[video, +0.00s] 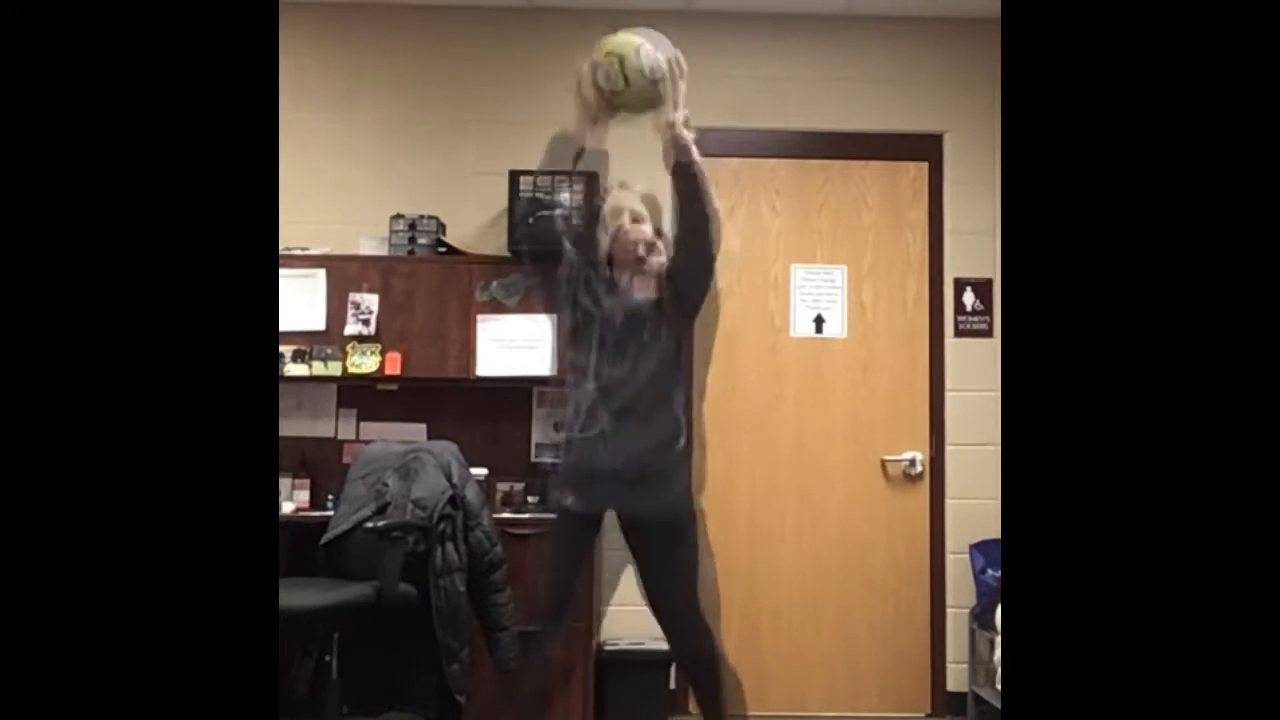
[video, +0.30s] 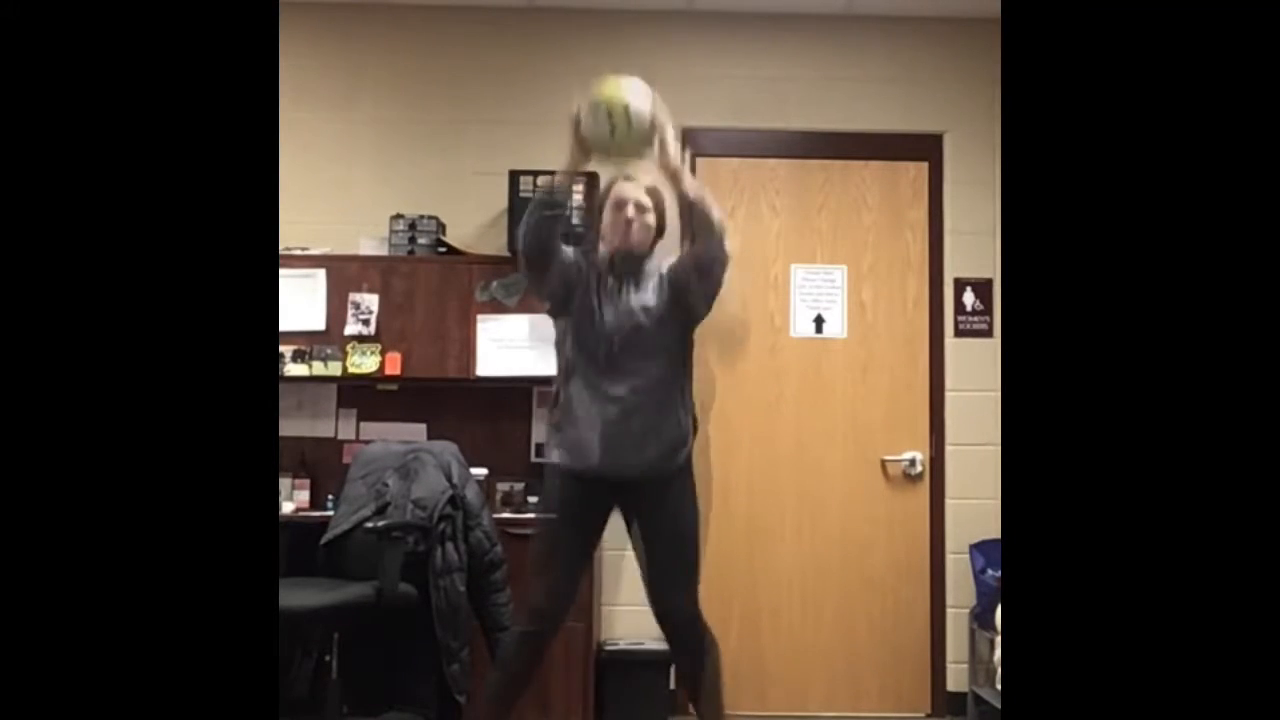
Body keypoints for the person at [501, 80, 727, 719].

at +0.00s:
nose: (628, 227)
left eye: (638, 217)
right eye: (616, 220)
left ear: (658, 232)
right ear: (598, 238)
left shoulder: (674, 298)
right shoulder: (582, 293)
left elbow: (698, 238)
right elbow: (545, 222)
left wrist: (678, 144)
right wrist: (584, 130)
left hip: (654, 474)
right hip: (582, 470)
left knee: (681, 622)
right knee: (550, 616)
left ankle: (721, 709)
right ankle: (521, 711)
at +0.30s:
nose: (629, 215)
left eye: (641, 208)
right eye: (618, 206)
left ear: (658, 227)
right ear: (599, 219)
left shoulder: (674, 289)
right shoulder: (577, 281)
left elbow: (709, 251)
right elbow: (535, 252)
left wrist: (677, 174)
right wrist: (570, 170)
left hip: (657, 467)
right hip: (578, 465)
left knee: (679, 614)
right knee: (542, 610)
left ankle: (709, 711)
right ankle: (487, 711)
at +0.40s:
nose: (622, 217)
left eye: (635, 206)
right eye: (609, 207)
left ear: (657, 214)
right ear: (592, 215)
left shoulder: (682, 276)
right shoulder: (574, 273)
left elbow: (706, 327)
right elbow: (533, 318)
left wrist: (667, 264)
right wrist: (573, 252)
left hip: (659, 459)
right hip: (579, 457)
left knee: (665, 600)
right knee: (562, 593)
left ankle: (674, 710)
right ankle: (548, 709)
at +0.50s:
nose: (633, 226)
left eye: (644, 219)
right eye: (621, 217)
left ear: (659, 238)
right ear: (601, 233)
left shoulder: (685, 314)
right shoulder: (562, 312)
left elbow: (694, 413)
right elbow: (541, 403)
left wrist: (656, 359)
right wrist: (580, 359)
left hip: (659, 492)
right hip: (580, 491)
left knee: (650, 626)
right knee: (584, 624)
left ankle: (647, 714)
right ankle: (594, 712)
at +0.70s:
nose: (624, 232)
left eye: (636, 220)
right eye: (613, 220)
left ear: (656, 224)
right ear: (592, 225)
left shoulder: (683, 281)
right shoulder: (567, 283)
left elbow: (705, 340)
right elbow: (537, 343)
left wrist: (675, 292)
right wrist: (572, 280)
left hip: (661, 474)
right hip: (582, 475)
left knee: (654, 610)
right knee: (588, 609)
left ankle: (653, 710)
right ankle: (591, 710)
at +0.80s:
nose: (633, 192)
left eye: (643, 185)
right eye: (621, 184)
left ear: (659, 201)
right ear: (601, 197)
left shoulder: (676, 262)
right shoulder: (575, 255)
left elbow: (712, 259)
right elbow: (536, 260)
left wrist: (678, 181)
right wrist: (578, 180)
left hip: (662, 442)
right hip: (582, 442)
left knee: (668, 594)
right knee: (574, 589)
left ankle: (681, 712)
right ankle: (553, 711)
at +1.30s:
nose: (634, 198)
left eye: (645, 188)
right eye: (621, 187)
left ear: (668, 198)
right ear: (602, 198)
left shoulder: (692, 260)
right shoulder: (578, 255)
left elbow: (726, 306)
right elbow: (531, 300)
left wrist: (679, 257)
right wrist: (579, 244)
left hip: (670, 452)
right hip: (590, 448)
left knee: (676, 591)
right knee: (573, 589)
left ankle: (690, 710)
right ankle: (553, 710)